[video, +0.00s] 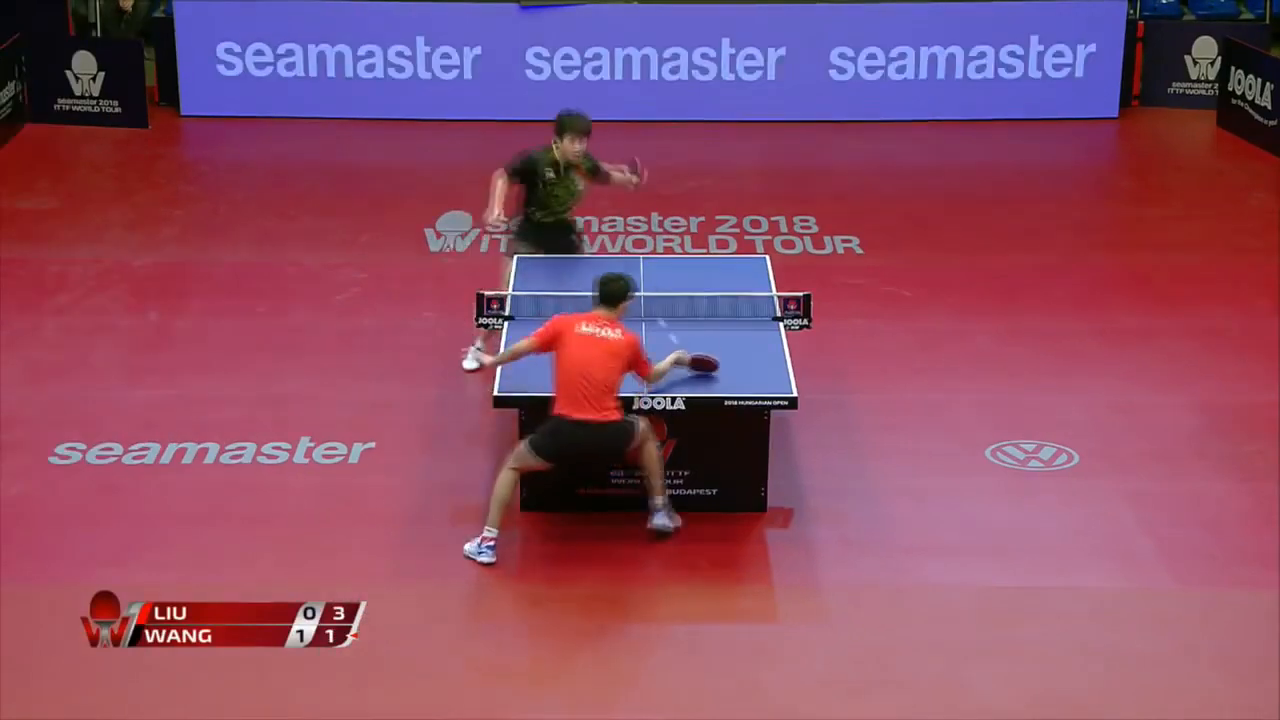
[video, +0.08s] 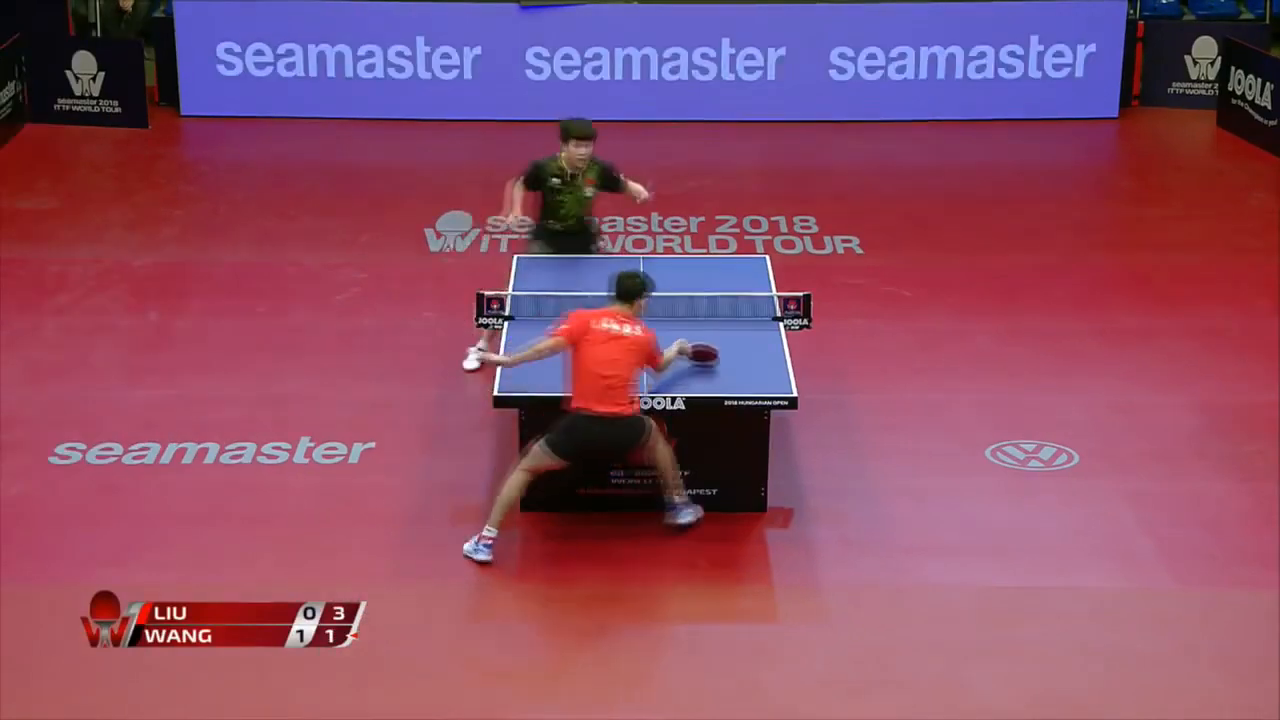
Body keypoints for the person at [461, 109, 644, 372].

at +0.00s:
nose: (579, 147)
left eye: (583, 141)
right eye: (574, 141)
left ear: (587, 141)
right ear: (558, 140)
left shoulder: (583, 163)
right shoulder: (537, 160)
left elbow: (604, 174)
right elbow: (501, 176)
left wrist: (630, 179)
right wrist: (496, 210)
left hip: (563, 231)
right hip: (530, 231)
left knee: (579, 282)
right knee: (509, 290)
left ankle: (583, 345)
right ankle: (479, 346)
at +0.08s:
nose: (583, 151)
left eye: (587, 145)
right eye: (578, 145)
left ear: (593, 146)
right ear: (564, 146)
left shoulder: (597, 170)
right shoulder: (545, 169)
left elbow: (623, 184)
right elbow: (518, 184)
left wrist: (638, 191)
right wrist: (516, 213)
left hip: (582, 243)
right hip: (546, 241)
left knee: (592, 292)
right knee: (519, 290)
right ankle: (483, 345)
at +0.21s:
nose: (595, 152)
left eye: (599, 146)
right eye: (589, 146)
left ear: (605, 146)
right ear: (576, 145)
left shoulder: (614, 167)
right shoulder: (557, 165)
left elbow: (648, 188)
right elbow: (542, 183)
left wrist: (653, 213)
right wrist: (541, 216)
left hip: (602, 231)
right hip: (560, 230)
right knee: (524, 275)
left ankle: (658, 323)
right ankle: (492, 332)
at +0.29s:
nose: (601, 163)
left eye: (605, 157)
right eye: (595, 157)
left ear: (611, 156)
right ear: (583, 155)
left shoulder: (622, 175)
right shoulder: (564, 174)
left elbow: (656, 197)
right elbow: (551, 195)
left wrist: (654, 230)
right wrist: (550, 230)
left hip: (610, 241)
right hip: (571, 240)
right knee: (537, 270)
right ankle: (503, 324)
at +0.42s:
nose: (610, 194)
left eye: (614, 188)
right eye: (605, 188)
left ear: (621, 186)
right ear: (593, 186)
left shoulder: (632, 203)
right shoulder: (576, 204)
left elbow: (664, 227)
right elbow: (557, 225)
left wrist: (658, 253)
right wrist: (559, 251)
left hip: (624, 260)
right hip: (586, 260)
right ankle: (505, 326)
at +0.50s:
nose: (614, 205)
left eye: (619, 199)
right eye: (609, 199)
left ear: (627, 197)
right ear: (599, 197)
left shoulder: (640, 211)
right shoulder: (589, 209)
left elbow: (672, 240)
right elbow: (560, 238)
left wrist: (666, 257)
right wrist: (567, 254)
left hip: (631, 257)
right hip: (594, 255)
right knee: (555, 280)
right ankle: (507, 326)